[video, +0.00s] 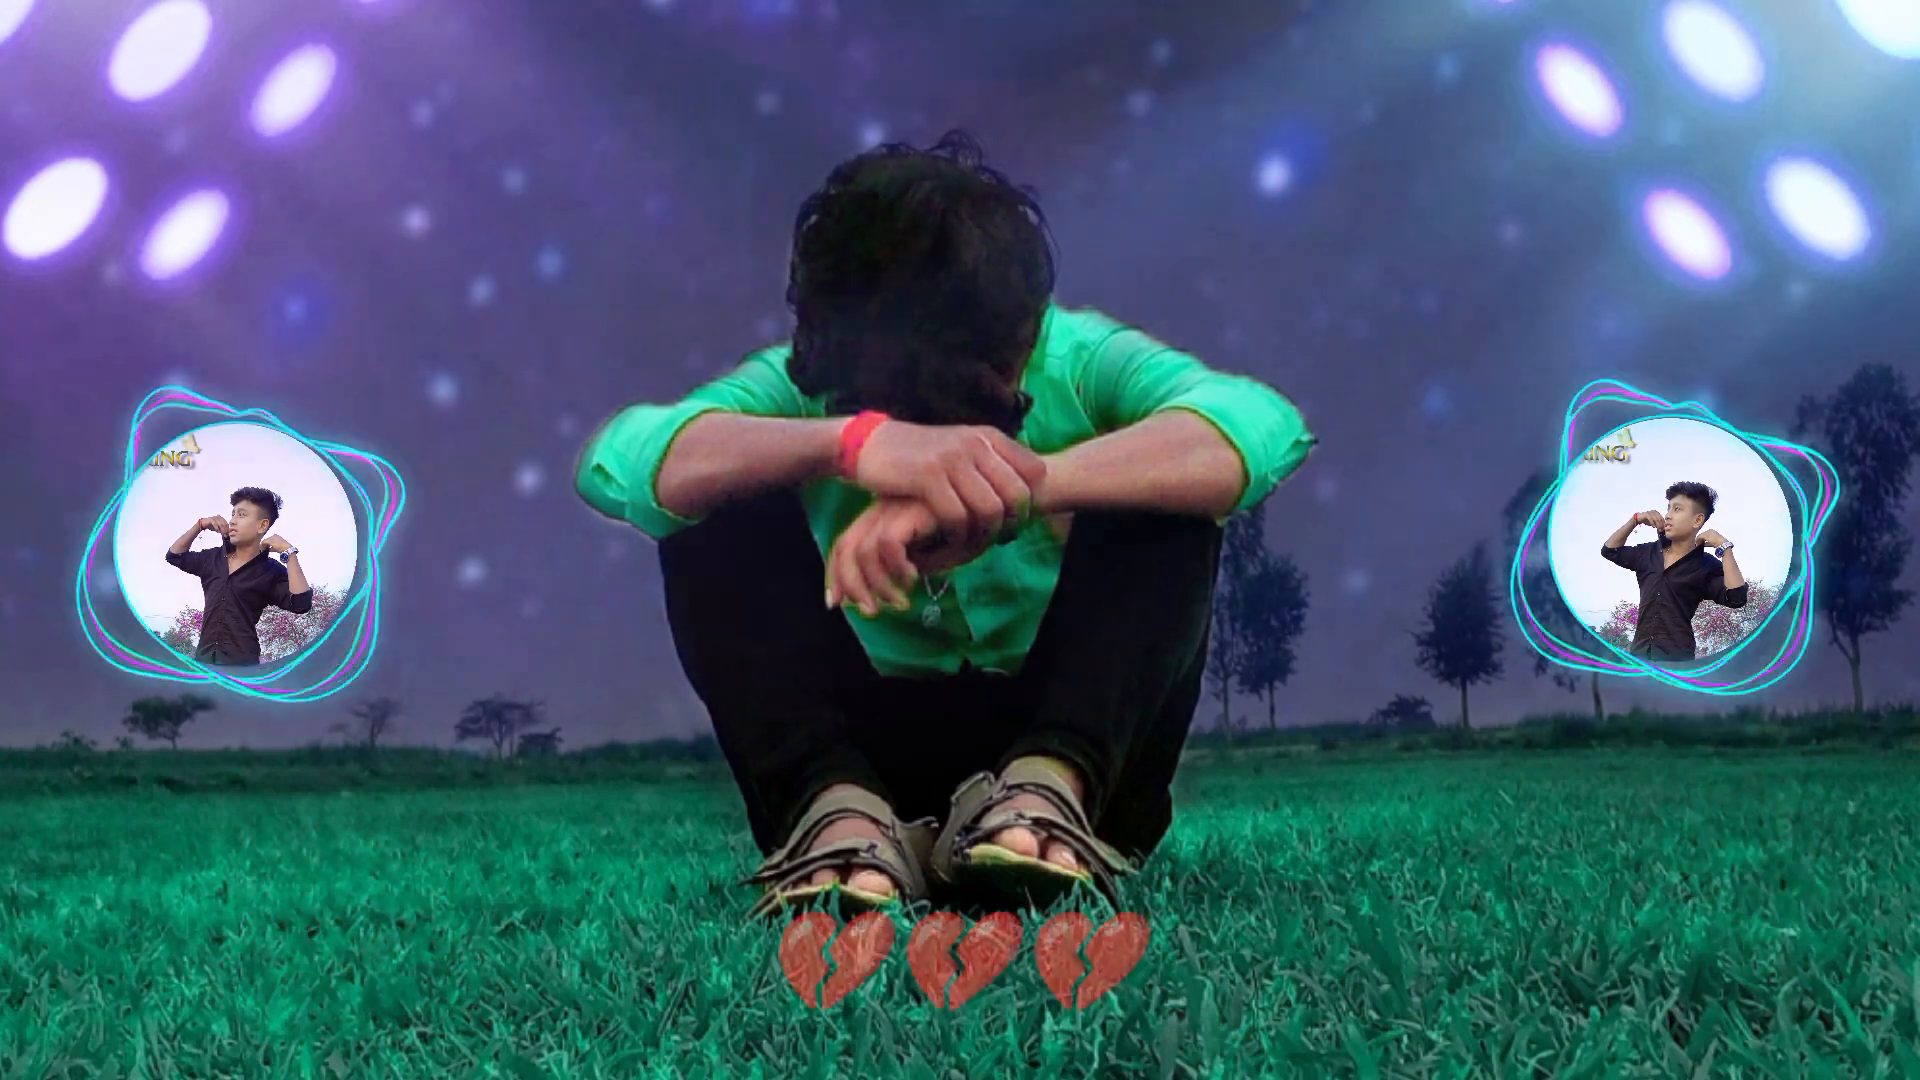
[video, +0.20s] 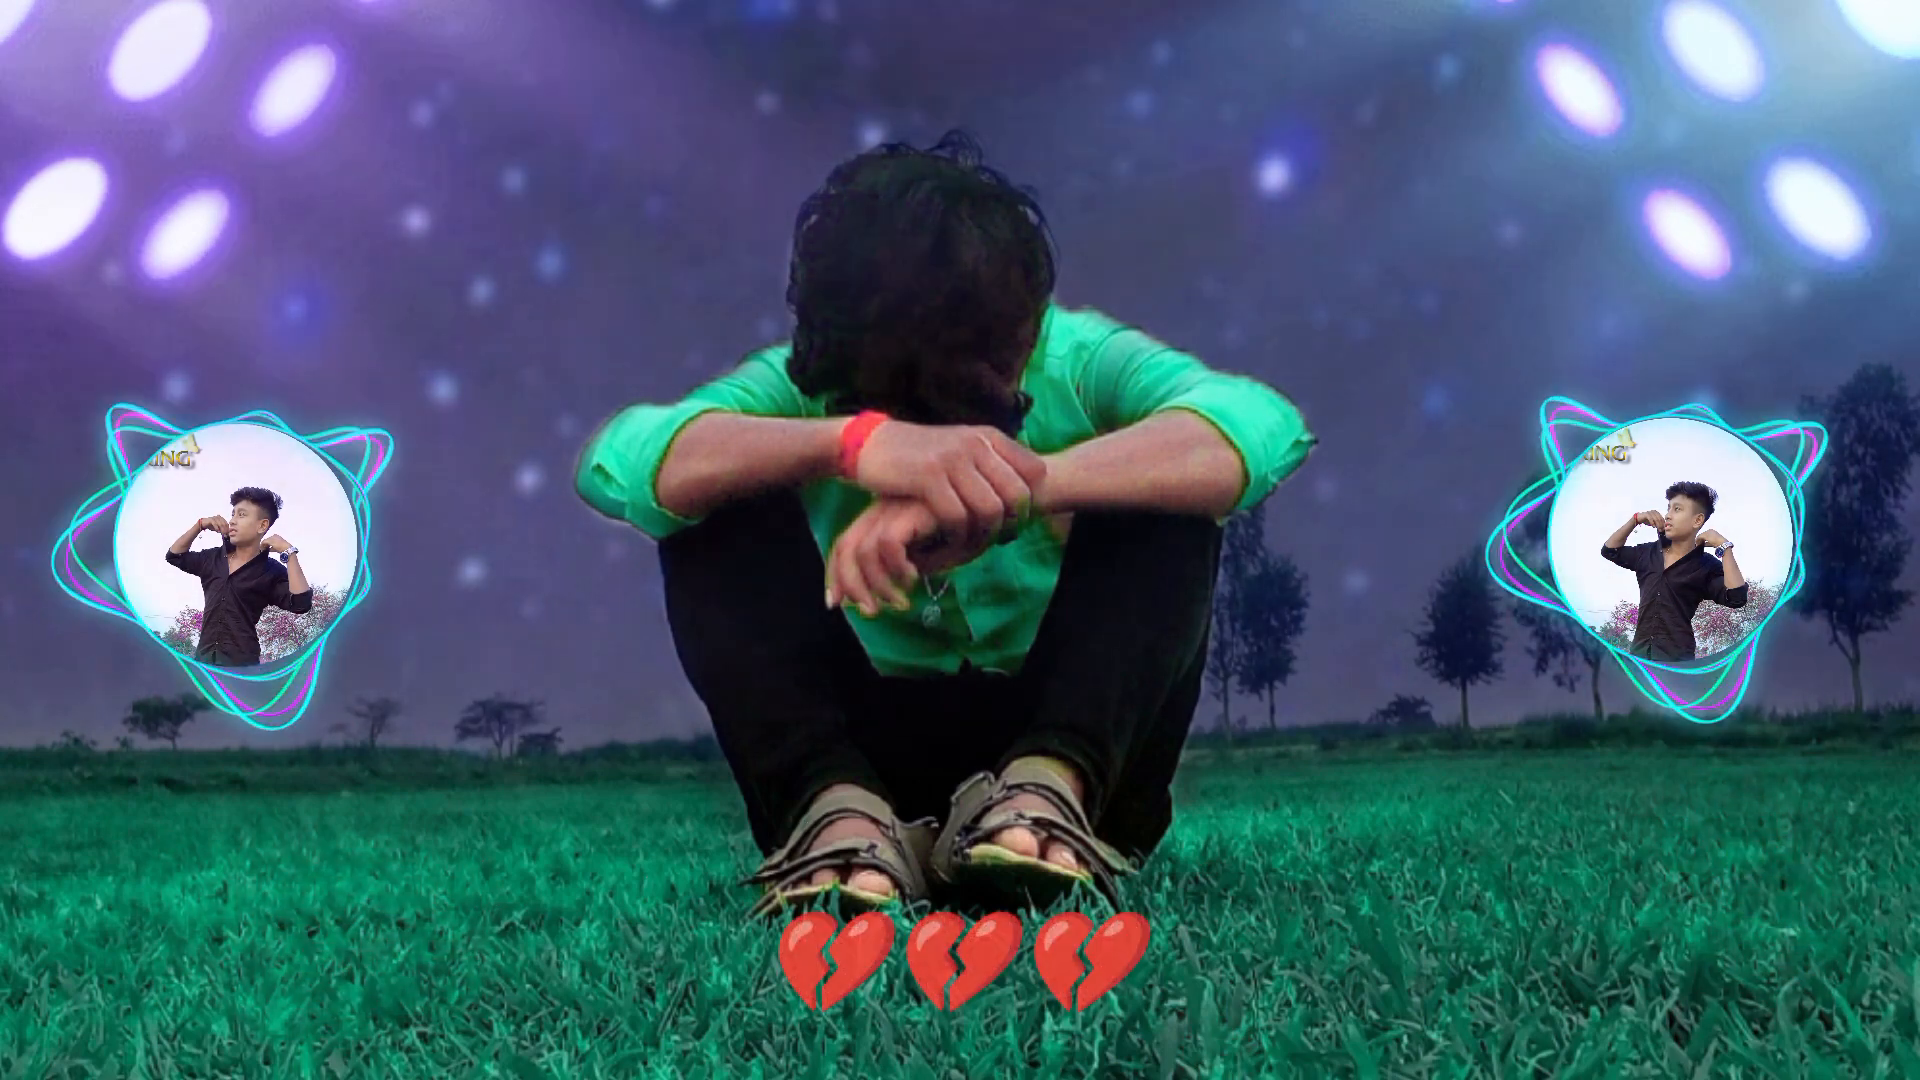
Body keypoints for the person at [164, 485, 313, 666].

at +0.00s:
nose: (232, 521)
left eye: (242, 515)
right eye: (233, 514)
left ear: (263, 526)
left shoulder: (270, 570)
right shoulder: (212, 558)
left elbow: (301, 604)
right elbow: (174, 556)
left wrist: (289, 553)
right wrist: (199, 526)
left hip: (242, 663)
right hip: (203, 659)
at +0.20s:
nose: (232, 521)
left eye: (242, 515)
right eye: (233, 514)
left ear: (263, 525)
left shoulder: (270, 569)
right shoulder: (212, 558)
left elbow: (301, 605)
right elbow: (174, 556)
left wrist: (290, 553)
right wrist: (199, 526)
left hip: (242, 662)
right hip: (204, 657)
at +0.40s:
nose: (232, 521)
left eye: (242, 515)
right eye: (233, 514)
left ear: (263, 525)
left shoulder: (270, 569)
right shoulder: (212, 558)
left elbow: (301, 604)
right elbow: (174, 556)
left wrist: (290, 553)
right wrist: (199, 526)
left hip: (242, 661)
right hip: (204, 658)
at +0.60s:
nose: (232, 521)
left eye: (242, 515)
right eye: (233, 514)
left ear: (263, 525)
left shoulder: (270, 569)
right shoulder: (212, 558)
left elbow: (301, 604)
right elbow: (174, 556)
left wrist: (289, 553)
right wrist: (199, 526)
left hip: (242, 661)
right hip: (204, 658)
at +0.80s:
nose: (232, 521)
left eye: (241, 515)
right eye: (233, 514)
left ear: (263, 525)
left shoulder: (270, 570)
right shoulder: (212, 558)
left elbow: (301, 604)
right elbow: (174, 556)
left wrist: (290, 553)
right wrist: (199, 526)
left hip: (242, 662)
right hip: (204, 658)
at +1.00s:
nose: (232, 521)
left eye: (242, 515)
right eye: (233, 514)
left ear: (263, 525)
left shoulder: (270, 569)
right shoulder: (212, 558)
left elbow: (301, 605)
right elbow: (174, 556)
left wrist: (290, 553)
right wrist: (199, 526)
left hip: (242, 661)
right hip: (204, 657)